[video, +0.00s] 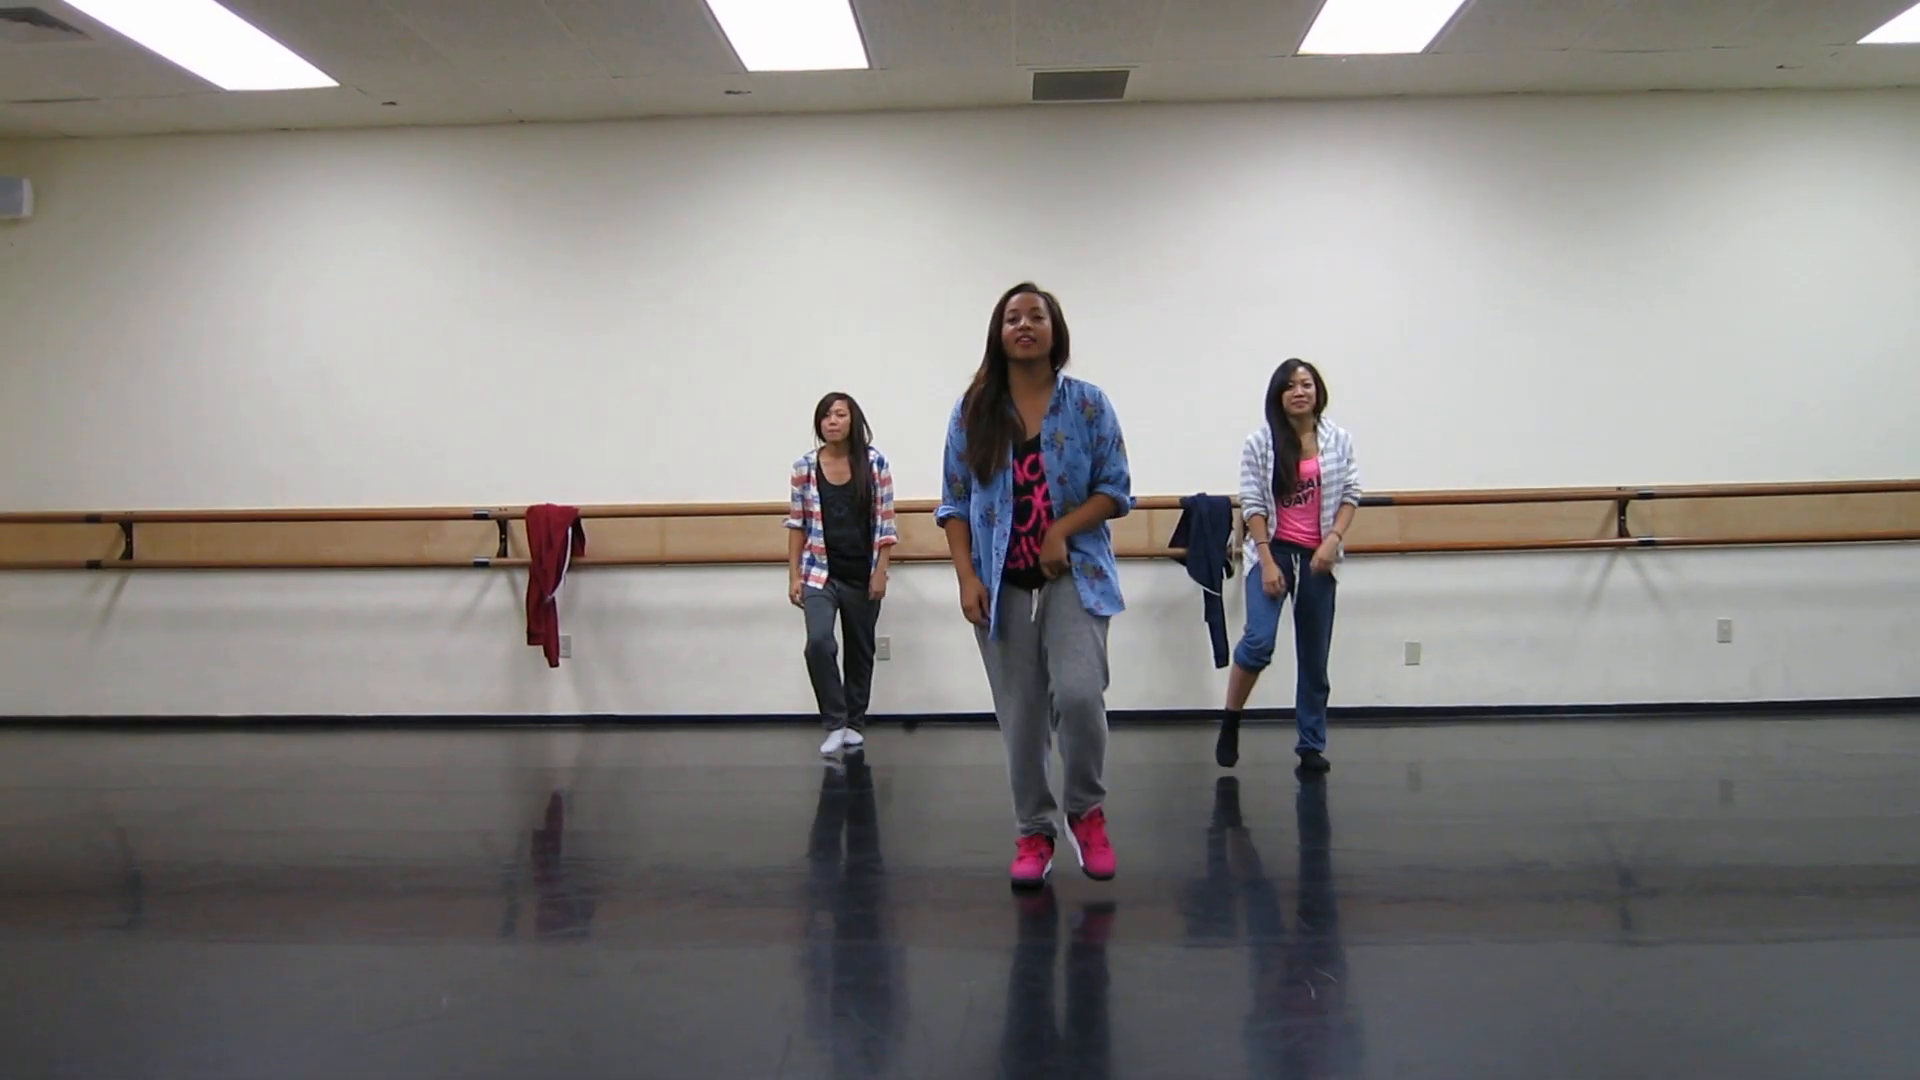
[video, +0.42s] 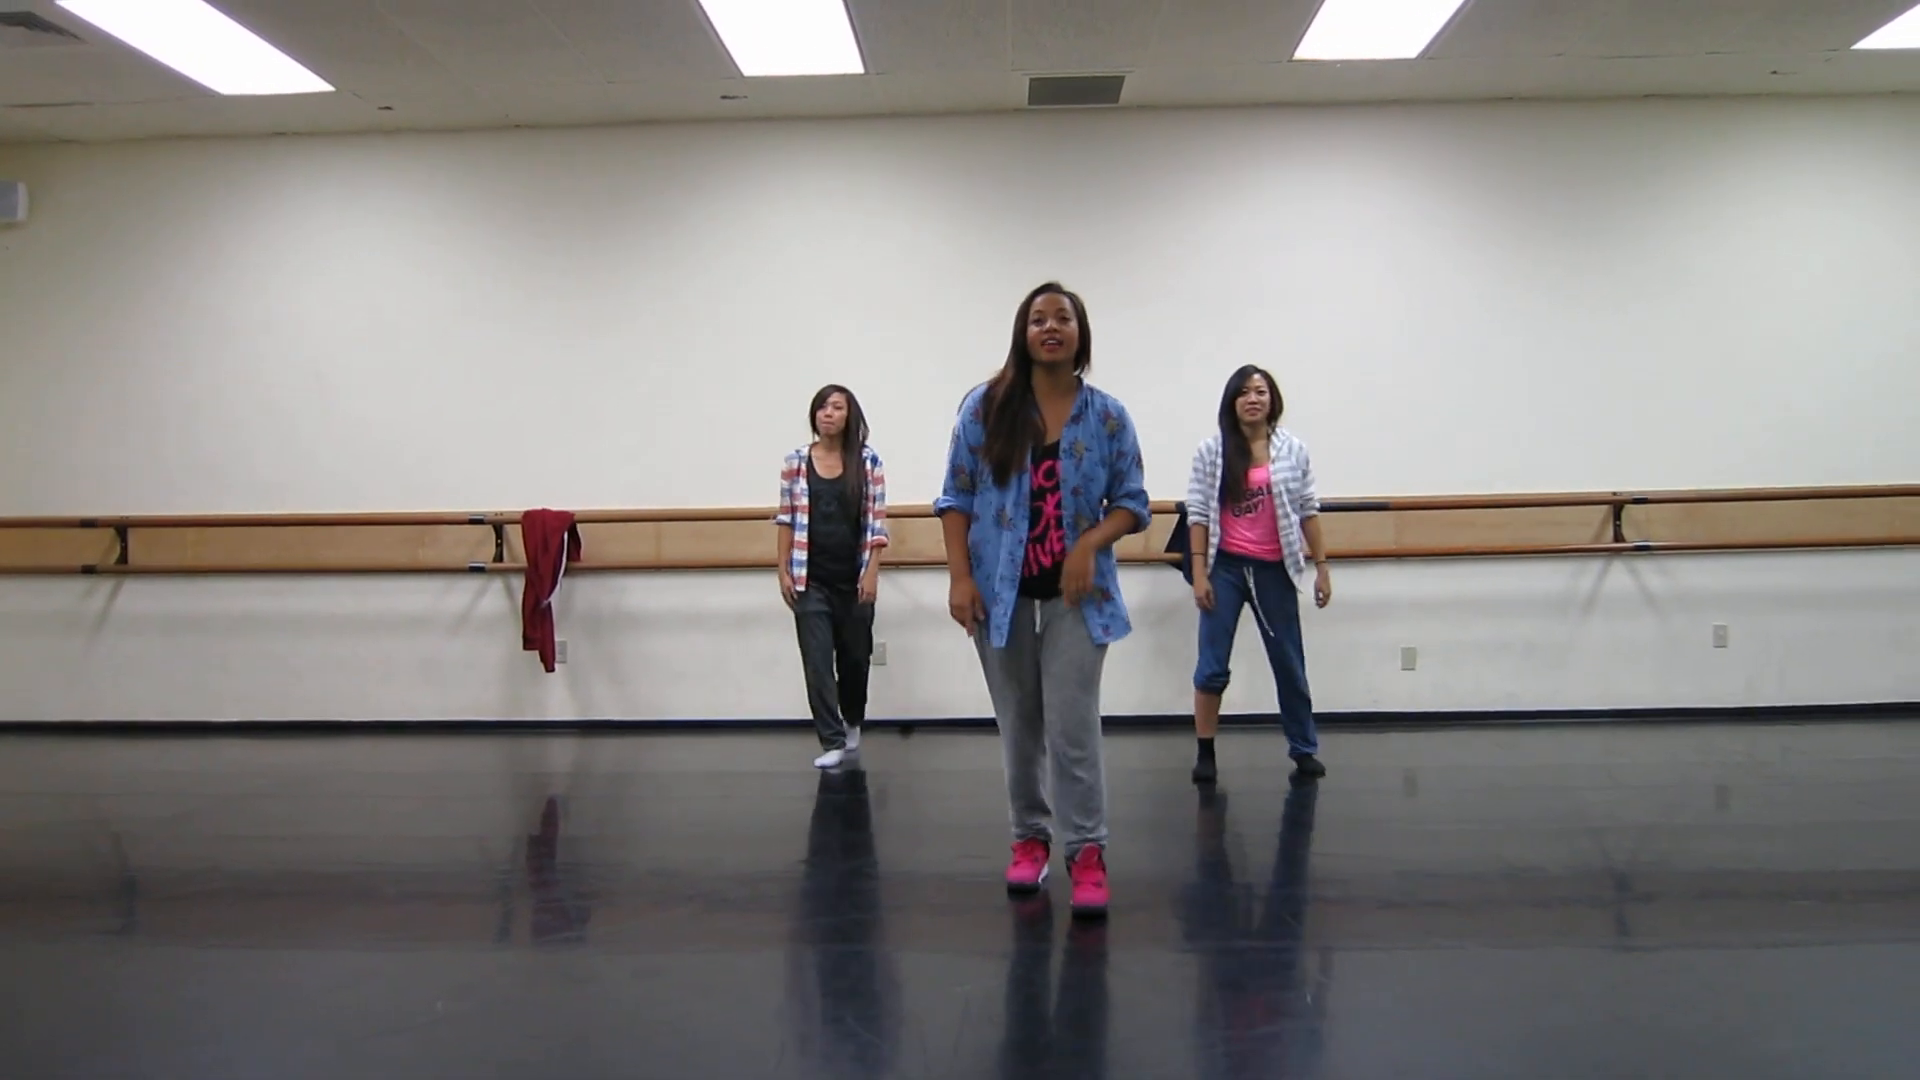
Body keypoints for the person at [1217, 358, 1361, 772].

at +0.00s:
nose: (1300, 391)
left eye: (1306, 384)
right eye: (1291, 386)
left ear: (1318, 391)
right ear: (1278, 395)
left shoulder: (1337, 438)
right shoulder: (1260, 442)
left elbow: (1351, 495)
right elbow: (1252, 505)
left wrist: (1333, 539)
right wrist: (1266, 560)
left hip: (1318, 555)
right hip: (1271, 551)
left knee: (1314, 659)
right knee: (1259, 644)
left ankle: (1311, 747)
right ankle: (1230, 722)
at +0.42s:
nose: (1252, 398)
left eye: (1260, 392)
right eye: (1243, 393)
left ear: (1272, 401)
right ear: (1231, 402)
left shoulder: (1292, 450)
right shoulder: (1212, 451)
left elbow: (1307, 511)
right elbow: (1197, 515)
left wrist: (1321, 565)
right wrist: (1199, 574)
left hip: (1275, 567)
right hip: (1225, 565)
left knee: (1290, 663)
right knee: (1212, 665)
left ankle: (1304, 752)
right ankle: (1205, 754)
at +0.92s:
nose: (1233, 397)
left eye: (1240, 390)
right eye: (1223, 393)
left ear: (1253, 399)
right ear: (1210, 406)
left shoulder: (1275, 445)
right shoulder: (1198, 450)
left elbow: (1303, 484)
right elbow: (1171, 487)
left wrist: (1322, 512)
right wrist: (1156, 520)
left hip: (1262, 579)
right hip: (1209, 577)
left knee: (1270, 679)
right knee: (1201, 676)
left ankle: (1270, 780)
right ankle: (1200, 751)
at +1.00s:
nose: (1248, 393)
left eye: (1253, 386)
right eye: (1237, 388)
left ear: (1262, 398)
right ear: (1213, 404)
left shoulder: (1278, 438)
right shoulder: (1198, 451)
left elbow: (1301, 474)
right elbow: (1159, 496)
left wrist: (1332, 474)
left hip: (1268, 574)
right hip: (1214, 574)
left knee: (1275, 678)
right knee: (1217, 671)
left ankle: (1271, 777)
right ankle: (1216, 710)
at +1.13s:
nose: (1261, 409)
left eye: (1267, 402)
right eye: (1251, 403)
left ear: (1275, 412)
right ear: (1232, 414)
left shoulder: (1287, 460)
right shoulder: (1214, 458)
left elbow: (1313, 503)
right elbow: (1203, 511)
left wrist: (1319, 515)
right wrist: (1212, 506)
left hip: (1268, 579)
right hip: (1219, 578)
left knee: (1281, 668)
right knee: (1266, 641)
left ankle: (1273, 773)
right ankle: (1267, 742)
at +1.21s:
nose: (1267, 418)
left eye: (1271, 411)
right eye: (1257, 412)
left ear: (1279, 421)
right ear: (1237, 423)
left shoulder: (1293, 469)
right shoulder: (1215, 467)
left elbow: (1285, 519)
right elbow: (1241, 513)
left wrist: (1257, 531)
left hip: (1269, 591)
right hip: (1222, 588)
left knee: (1289, 680)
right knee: (1260, 654)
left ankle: (1271, 783)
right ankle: (1306, 735)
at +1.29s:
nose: (1252, 410)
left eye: (1259, 402)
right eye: (1242, 404)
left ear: (1270, 410)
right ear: (1227, 413)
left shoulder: (1287, 455)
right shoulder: (1209, 456)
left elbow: (1295, 512)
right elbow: (1220, 501)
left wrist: (1241, 518)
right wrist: (1287, 499)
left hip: (1274, 577)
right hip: (1223, 576)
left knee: (1290, 671)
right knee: (1269, 635)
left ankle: (1269, 777)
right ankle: (1281, 740)